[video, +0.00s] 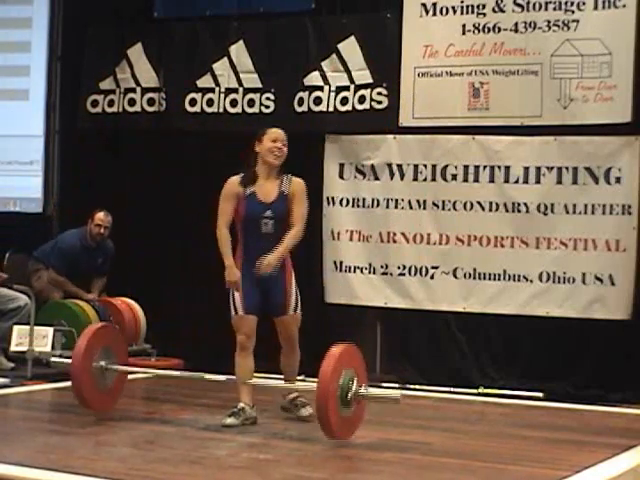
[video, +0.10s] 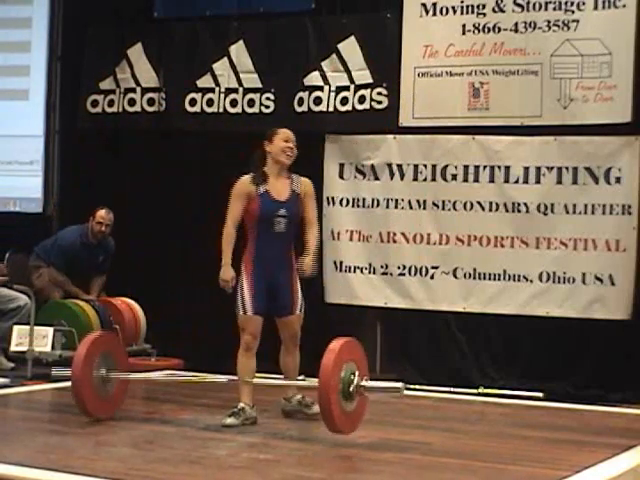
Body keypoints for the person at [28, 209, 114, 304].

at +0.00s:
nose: (101, 232)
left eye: (106, 228)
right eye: (98, 226)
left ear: (109, 230)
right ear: (89, 224)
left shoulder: (107, 247)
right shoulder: (69, 241)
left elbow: (101, 276)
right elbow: (53, 277)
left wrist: (94, 295)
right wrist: (85, 296)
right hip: (41, 267)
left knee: (102, 298)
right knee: (56, 296)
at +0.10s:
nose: (103, 230)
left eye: (107, 226)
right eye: (99, 224)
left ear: (111, 228)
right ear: (91, 221)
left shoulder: (108, 245)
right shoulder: (69, 238)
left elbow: (100, 275)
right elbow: (54, 274)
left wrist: (93, 297)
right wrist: (81, 295)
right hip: (42, 265)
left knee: (101, 298)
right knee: (56, 296)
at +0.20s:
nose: (104, 221)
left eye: (108, 218)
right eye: (100, 216)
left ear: (112, 220)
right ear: (92, 213)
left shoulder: (108, 237)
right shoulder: (70, 232)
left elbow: (99, 270)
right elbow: (56, 271)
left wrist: (91, 297)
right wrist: (80, 296)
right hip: (43, 259)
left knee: (99, 297)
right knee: (57, 294)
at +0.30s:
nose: (103, 209)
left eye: (108, 206)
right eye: (99, 204)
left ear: (111, 208)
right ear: (91, 202)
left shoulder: (108, 227)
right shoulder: (70, 223)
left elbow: (99, 263)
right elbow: (59, 265)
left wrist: (89, 294)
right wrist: (76, 293)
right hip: (46, 253)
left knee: (96, 296)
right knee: (58, 293)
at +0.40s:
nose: (102, 194)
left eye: (106, 190)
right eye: (98, 190)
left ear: (110, 192)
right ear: (89, 188)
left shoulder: (108, 216)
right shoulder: (69, 211)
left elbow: (101, 252)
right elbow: (57, 254)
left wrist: (91, 283)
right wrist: (74, 283)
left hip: (78, 250)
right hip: (47, 248)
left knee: (93, 294)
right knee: (58, 292)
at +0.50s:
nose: (100, 180)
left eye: (103, 176)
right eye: (95, 175)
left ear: (107, 178)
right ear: (87, 175)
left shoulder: (107, 203)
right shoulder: (68, 200)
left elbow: (105, 236)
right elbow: (53, 239)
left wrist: (99, 265)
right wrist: (68, 272)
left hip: (81, 246)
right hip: (51, 245)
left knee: (88, 288)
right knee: (57, 287)